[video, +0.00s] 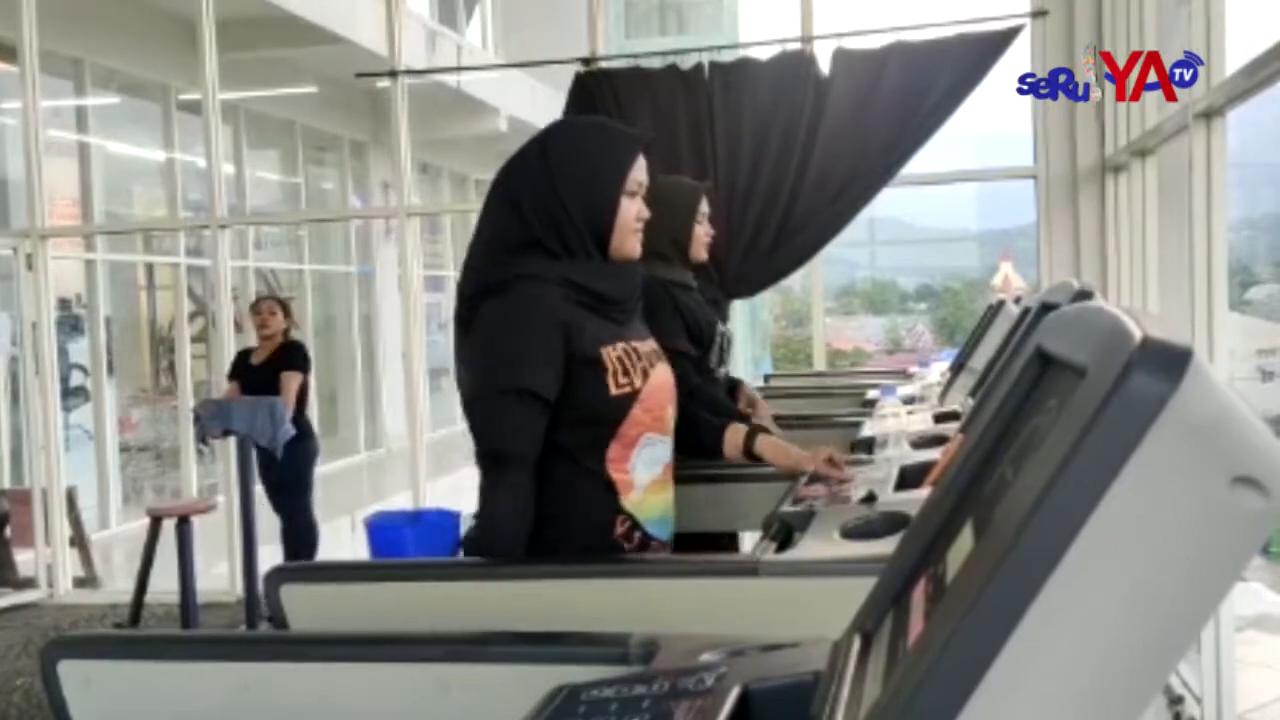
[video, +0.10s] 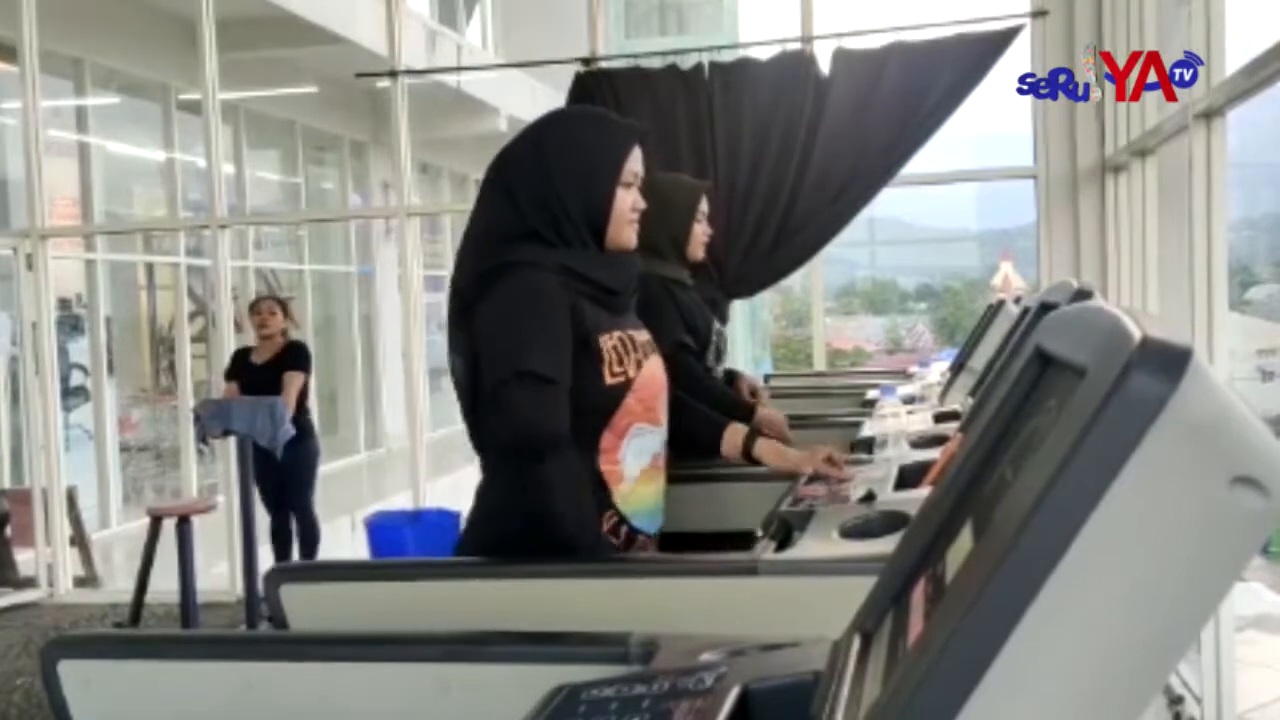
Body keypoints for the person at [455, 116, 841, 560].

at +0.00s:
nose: (645, 211)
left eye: (643, 195)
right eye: (632, 194)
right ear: (583, 195)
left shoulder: (610, 297)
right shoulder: (526, 307)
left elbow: (668, 411)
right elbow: (507, 473)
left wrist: (784, 455)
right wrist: (486, 600)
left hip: (633, 558)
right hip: (564, 571)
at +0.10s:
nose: (640, 202)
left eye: (638, 186)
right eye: (627, 185)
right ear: (577, 184)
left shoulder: (600, 284)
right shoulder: (528, 291)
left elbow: (654, 404)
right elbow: (535, 455)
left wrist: (769, 452)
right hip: (543, 566)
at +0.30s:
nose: (635, 211)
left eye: (633, 194)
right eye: (620, 194)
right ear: (571, 194)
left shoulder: (595, 295)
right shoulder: (530, 297)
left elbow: (649, 410)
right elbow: (583, 432)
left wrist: (763, 440)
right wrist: (715, 502)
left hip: (597, 558)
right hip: (533, 572)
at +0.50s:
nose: (641, 203)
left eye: (639, 186)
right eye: (626, 185)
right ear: (577, 185)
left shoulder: (603, 282)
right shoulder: (530, 287)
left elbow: (640, 406)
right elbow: (536, 439)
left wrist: (746, 431)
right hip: (561, 564)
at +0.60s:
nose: (642, 198)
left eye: (641, 180)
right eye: (630, 178)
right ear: (582, 177)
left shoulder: (604, 273)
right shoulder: (526, 281)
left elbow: (632, 400)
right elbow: (513, 443)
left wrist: (738, 426)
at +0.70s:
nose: (643, 202)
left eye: (641, 187)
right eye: (629, 186)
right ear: (578, 184)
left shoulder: (608, 282)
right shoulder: (520, 290)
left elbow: (635, 406)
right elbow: (490, 446)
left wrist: (741, 432)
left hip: (618, 550)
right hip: (544, 562)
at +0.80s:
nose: (642, 215)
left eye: (640, 197)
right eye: (629, 196)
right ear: (579, 198)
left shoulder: (606, 297)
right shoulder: (515, 302)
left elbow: (634, 415)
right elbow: (466, 458)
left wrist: (743, 442)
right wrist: (406, 582)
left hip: (614, 561)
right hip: (536, 571)